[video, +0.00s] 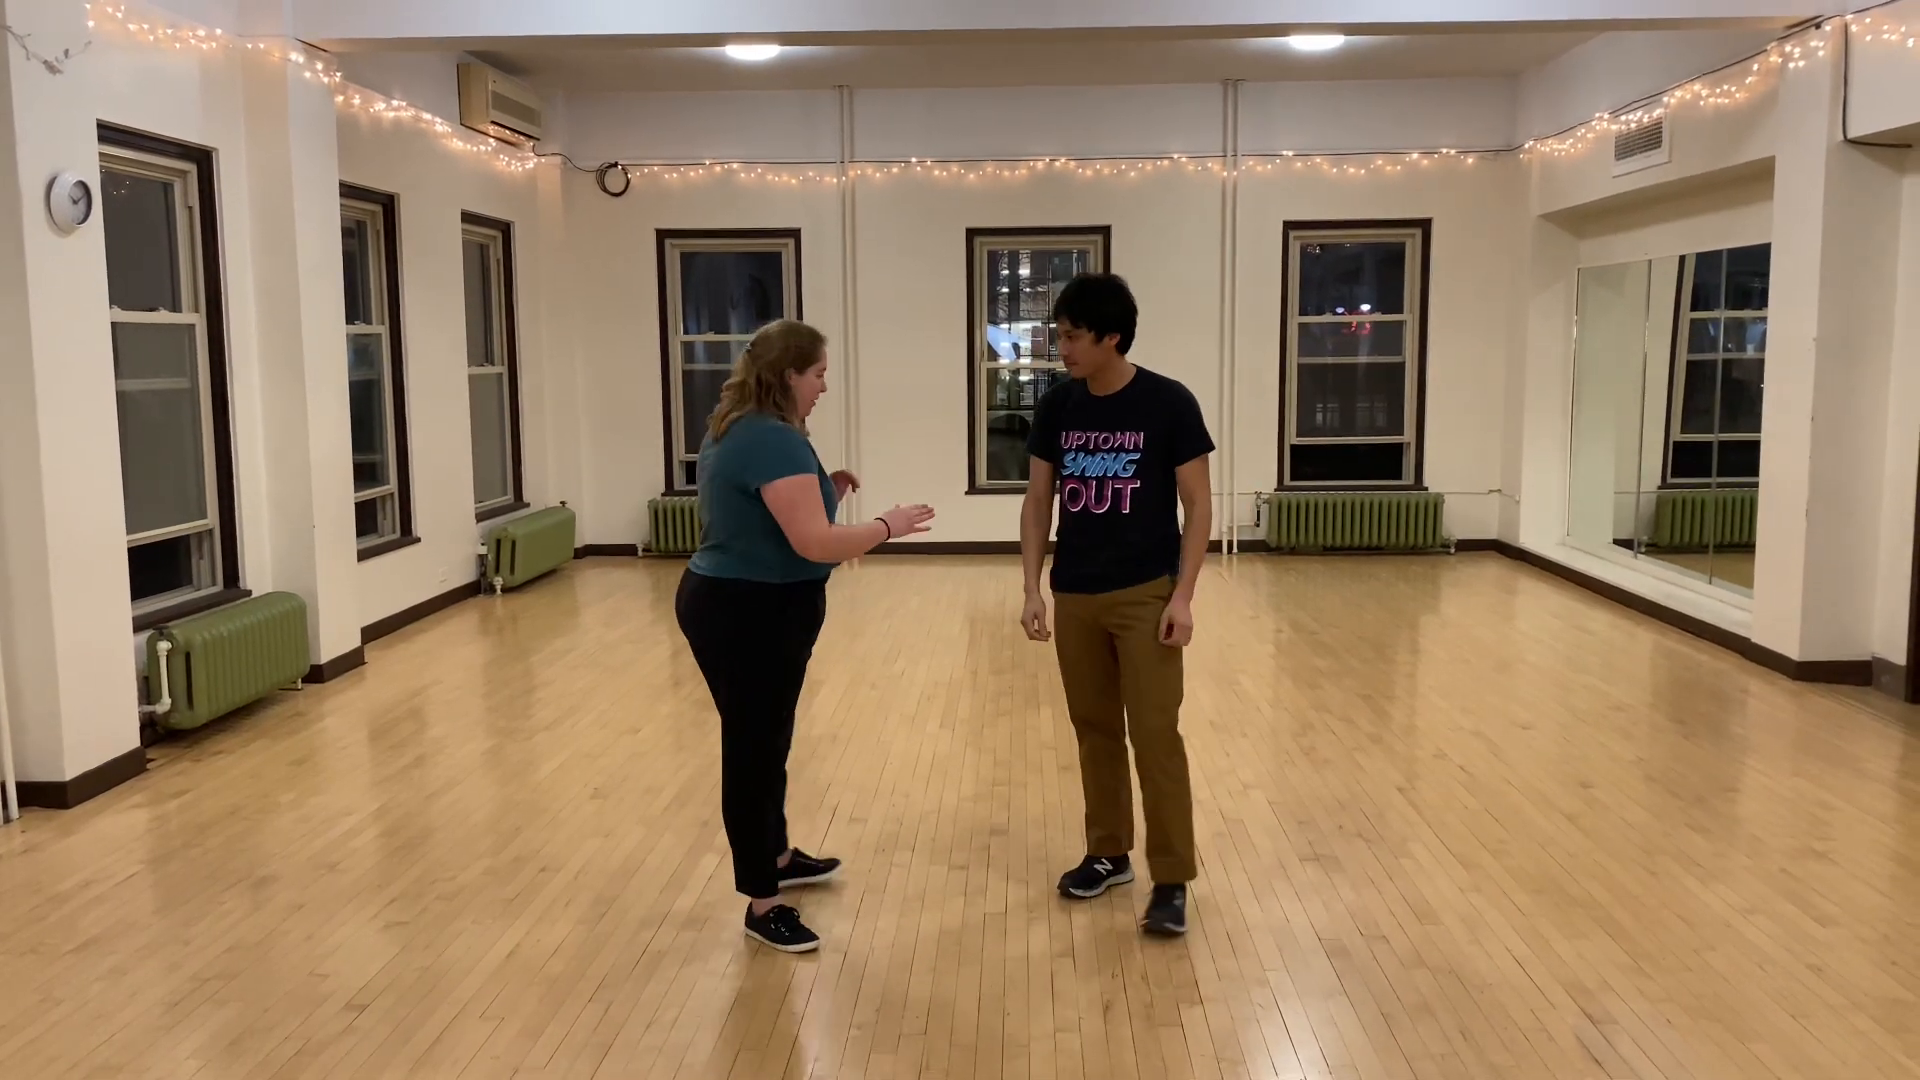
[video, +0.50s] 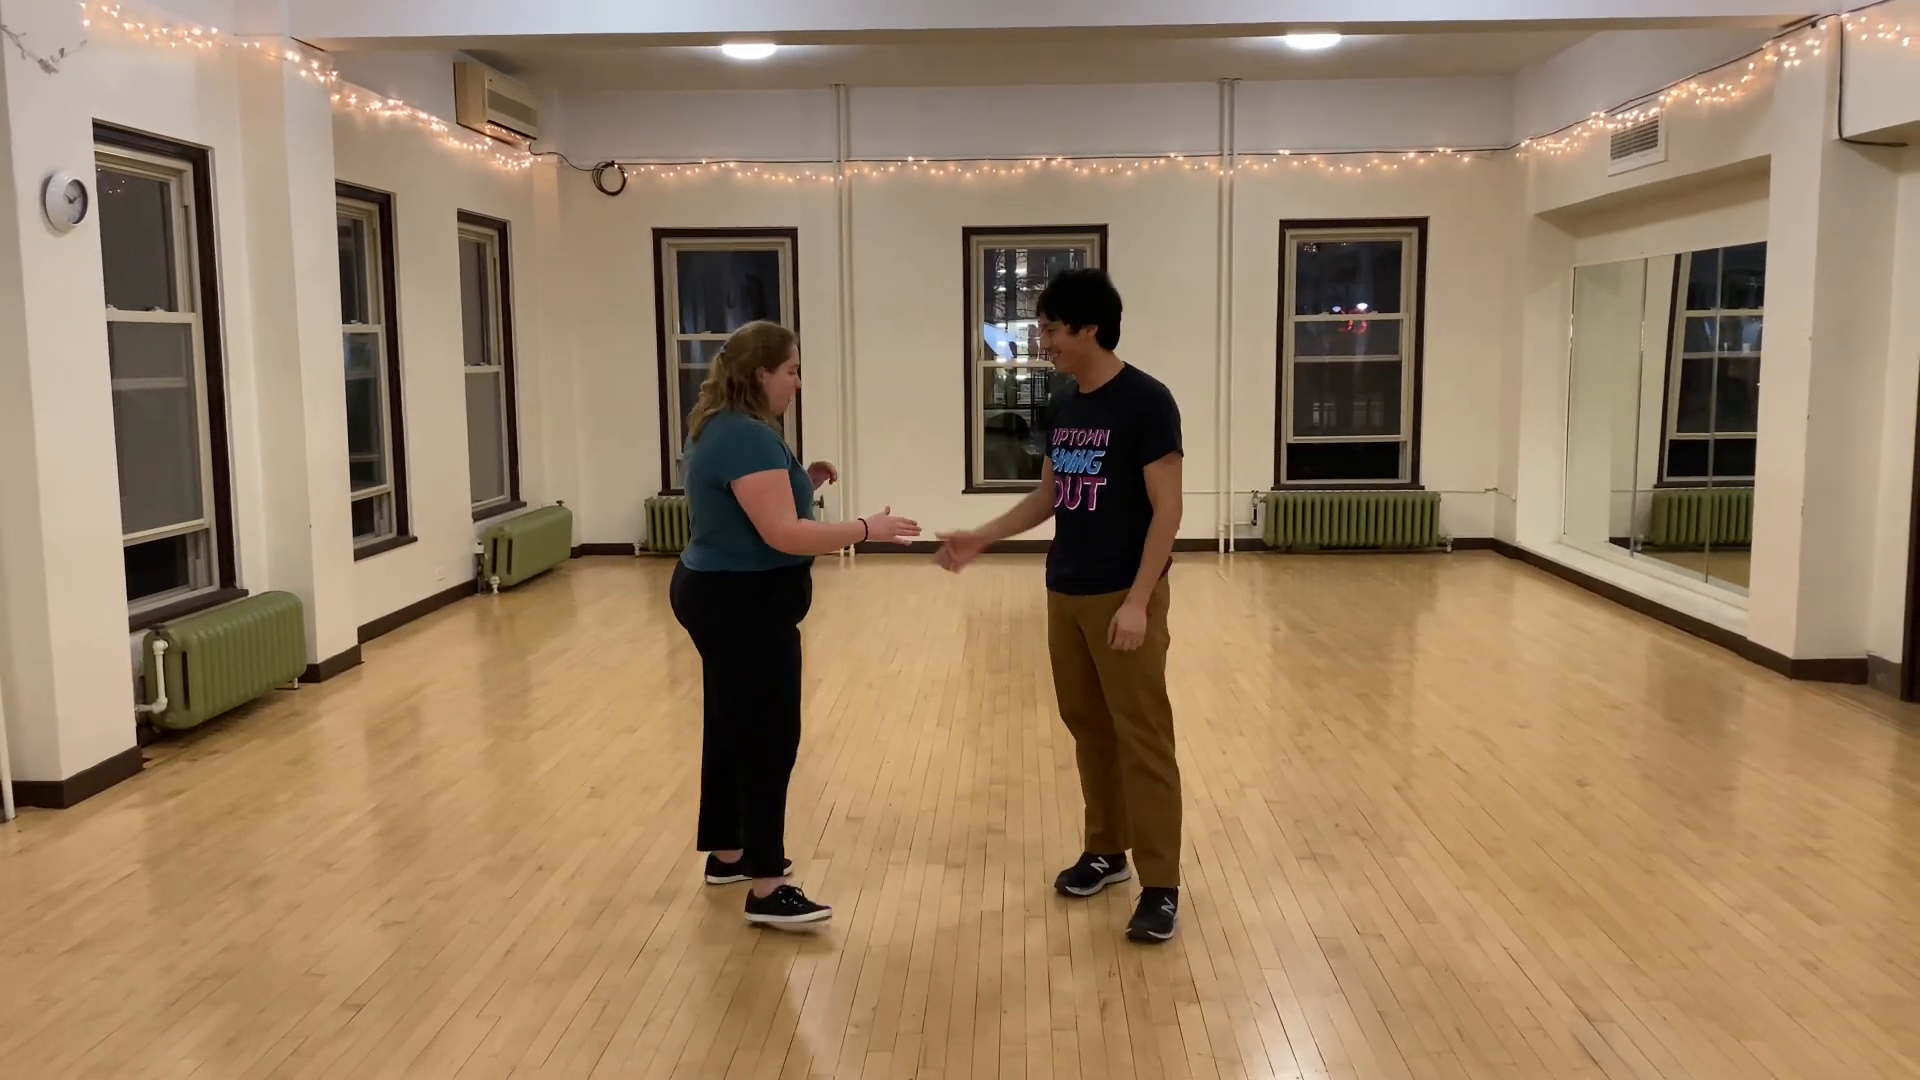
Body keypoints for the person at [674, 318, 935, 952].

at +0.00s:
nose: (824, 386)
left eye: (824, 375)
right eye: (817, 374)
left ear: (778, 374)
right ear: (786, 376)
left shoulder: (744, 430)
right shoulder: (771, 440)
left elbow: (764, 519)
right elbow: (816, 543)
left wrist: (826, 492)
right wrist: (886, 526)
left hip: (750, 604)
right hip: (748, 613)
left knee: (768, 740)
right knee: (752, 750)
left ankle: (776, 855)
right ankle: (760, 903)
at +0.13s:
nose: (818, 383)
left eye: (817, 372)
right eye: (811, 372)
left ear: (772, 374)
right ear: (781, 375)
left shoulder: (735, 430)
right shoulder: (771, 441)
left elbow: (752, 511)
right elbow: (813, 541)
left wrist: (816, 486)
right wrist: (884, 526)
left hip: (726, 601)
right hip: (756, 611)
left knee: (743, 738)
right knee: (759, 750)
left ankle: (737, 857)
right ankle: (761, 903)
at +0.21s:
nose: (811, 384)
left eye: (810, 373)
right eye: (805, 374)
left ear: (761, 377)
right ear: (778, 377)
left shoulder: (729, 432)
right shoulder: (764, 442)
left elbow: (752, 512)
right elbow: (804, 538)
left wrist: (814, 488)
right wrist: (879, 527)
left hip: (723, 600)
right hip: (756, 610)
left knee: (732, 734)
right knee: (757, 749)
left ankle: (728, 853)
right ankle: (762, 903)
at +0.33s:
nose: (803, 383)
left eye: (802, 372)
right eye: (797, 373)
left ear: (755, 377)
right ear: (766, 376)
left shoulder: (725, 432)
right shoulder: (756, 442)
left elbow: (745, 511)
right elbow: (793, 536)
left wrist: (807, 488)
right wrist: (871, 528)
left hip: (720, 597)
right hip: (754, 606)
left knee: (727, 731)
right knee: (761, 744)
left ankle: (727, 852)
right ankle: (763, 900)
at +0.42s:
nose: (800, 385)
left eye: (800, 374)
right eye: (793, 374)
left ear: (755, 376)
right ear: (761, 375)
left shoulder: (724, 431)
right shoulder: (749, 441)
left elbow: (746, 510)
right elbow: (788, 536)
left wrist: (805, 486)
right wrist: (867, 529)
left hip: (719, 593)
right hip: (750, 603)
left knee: (729, 727)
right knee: (765, 739)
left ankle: (726, 853)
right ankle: (765, 894)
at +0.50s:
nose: (797, 383)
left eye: (797, 372)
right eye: (792, 371)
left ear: (752, 374)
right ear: (759, 373)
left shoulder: (723, 429)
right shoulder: (746, 439)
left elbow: (746, 509)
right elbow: (786, 534)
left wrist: (802, 483)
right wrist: (865, 530)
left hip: (719, 592)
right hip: (747, 602)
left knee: (730, 723)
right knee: (771, 735)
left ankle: (725, 851)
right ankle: (768, 885)